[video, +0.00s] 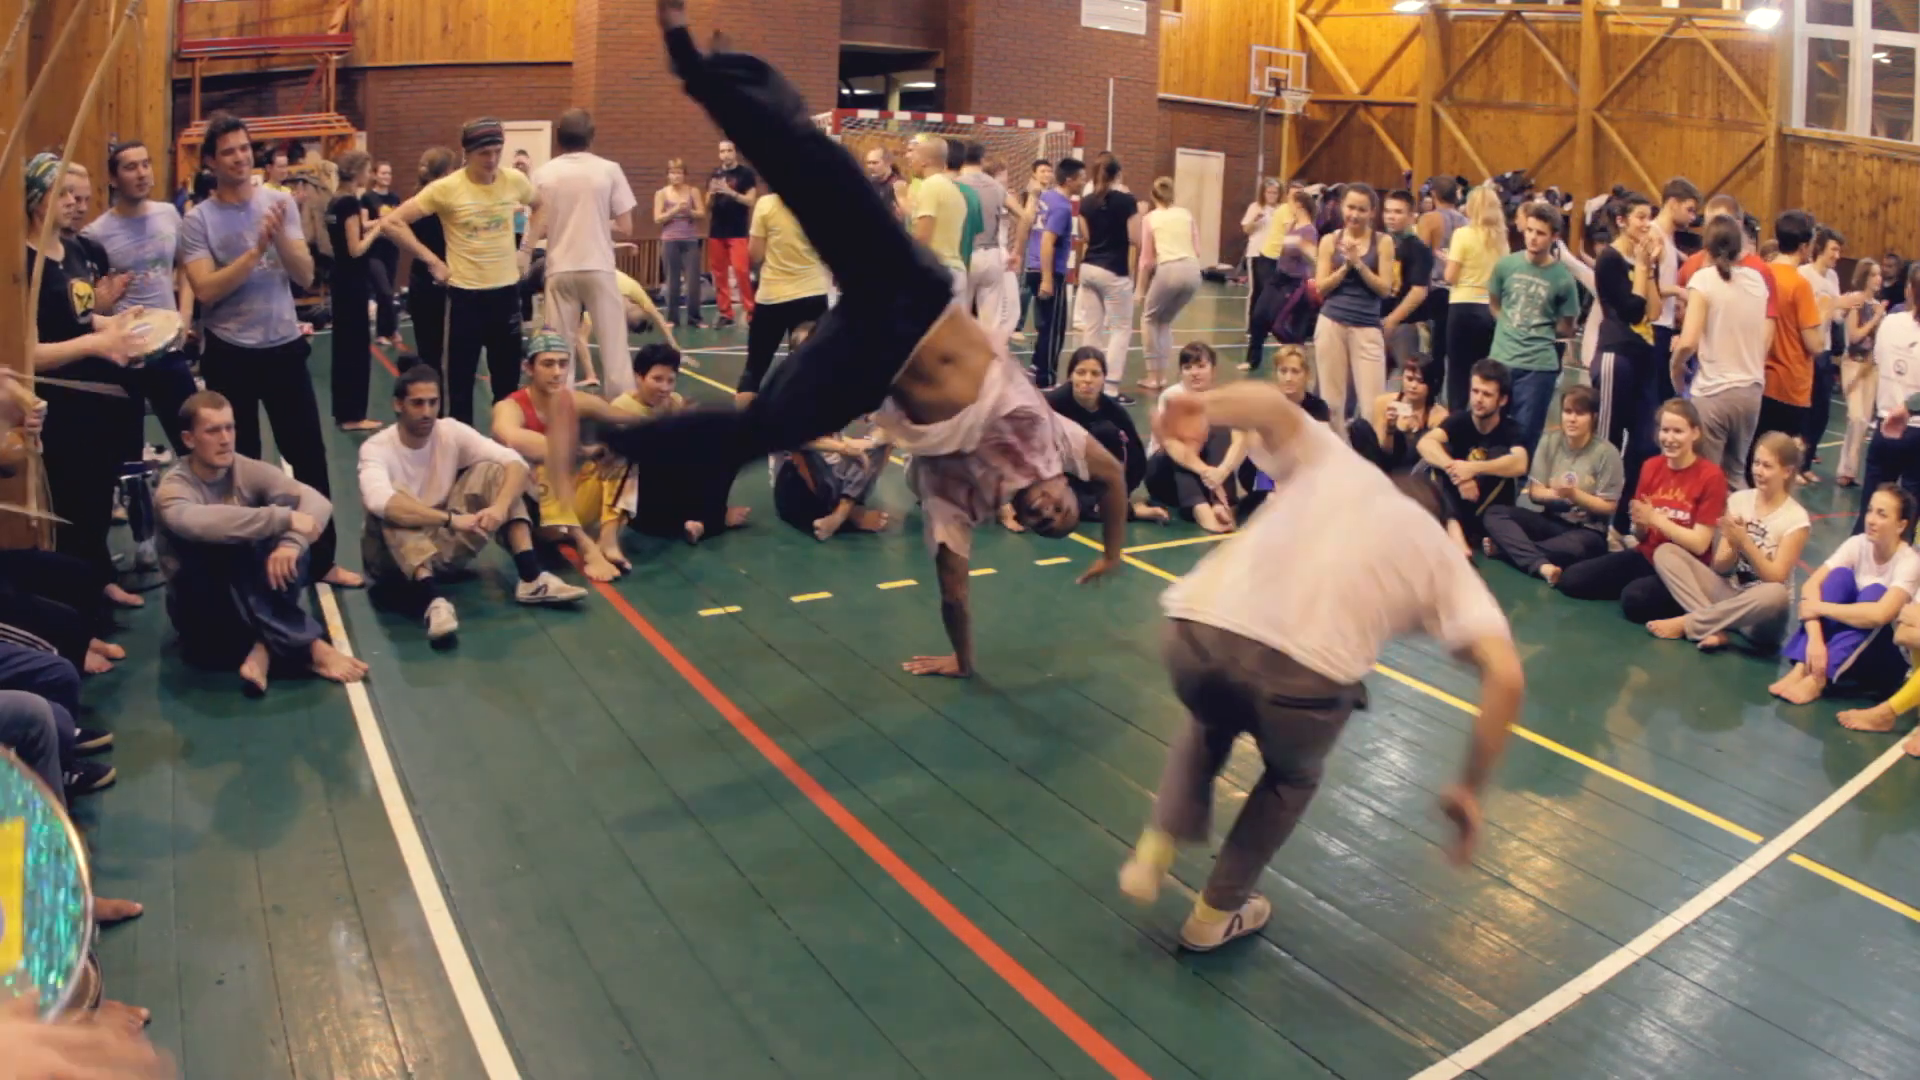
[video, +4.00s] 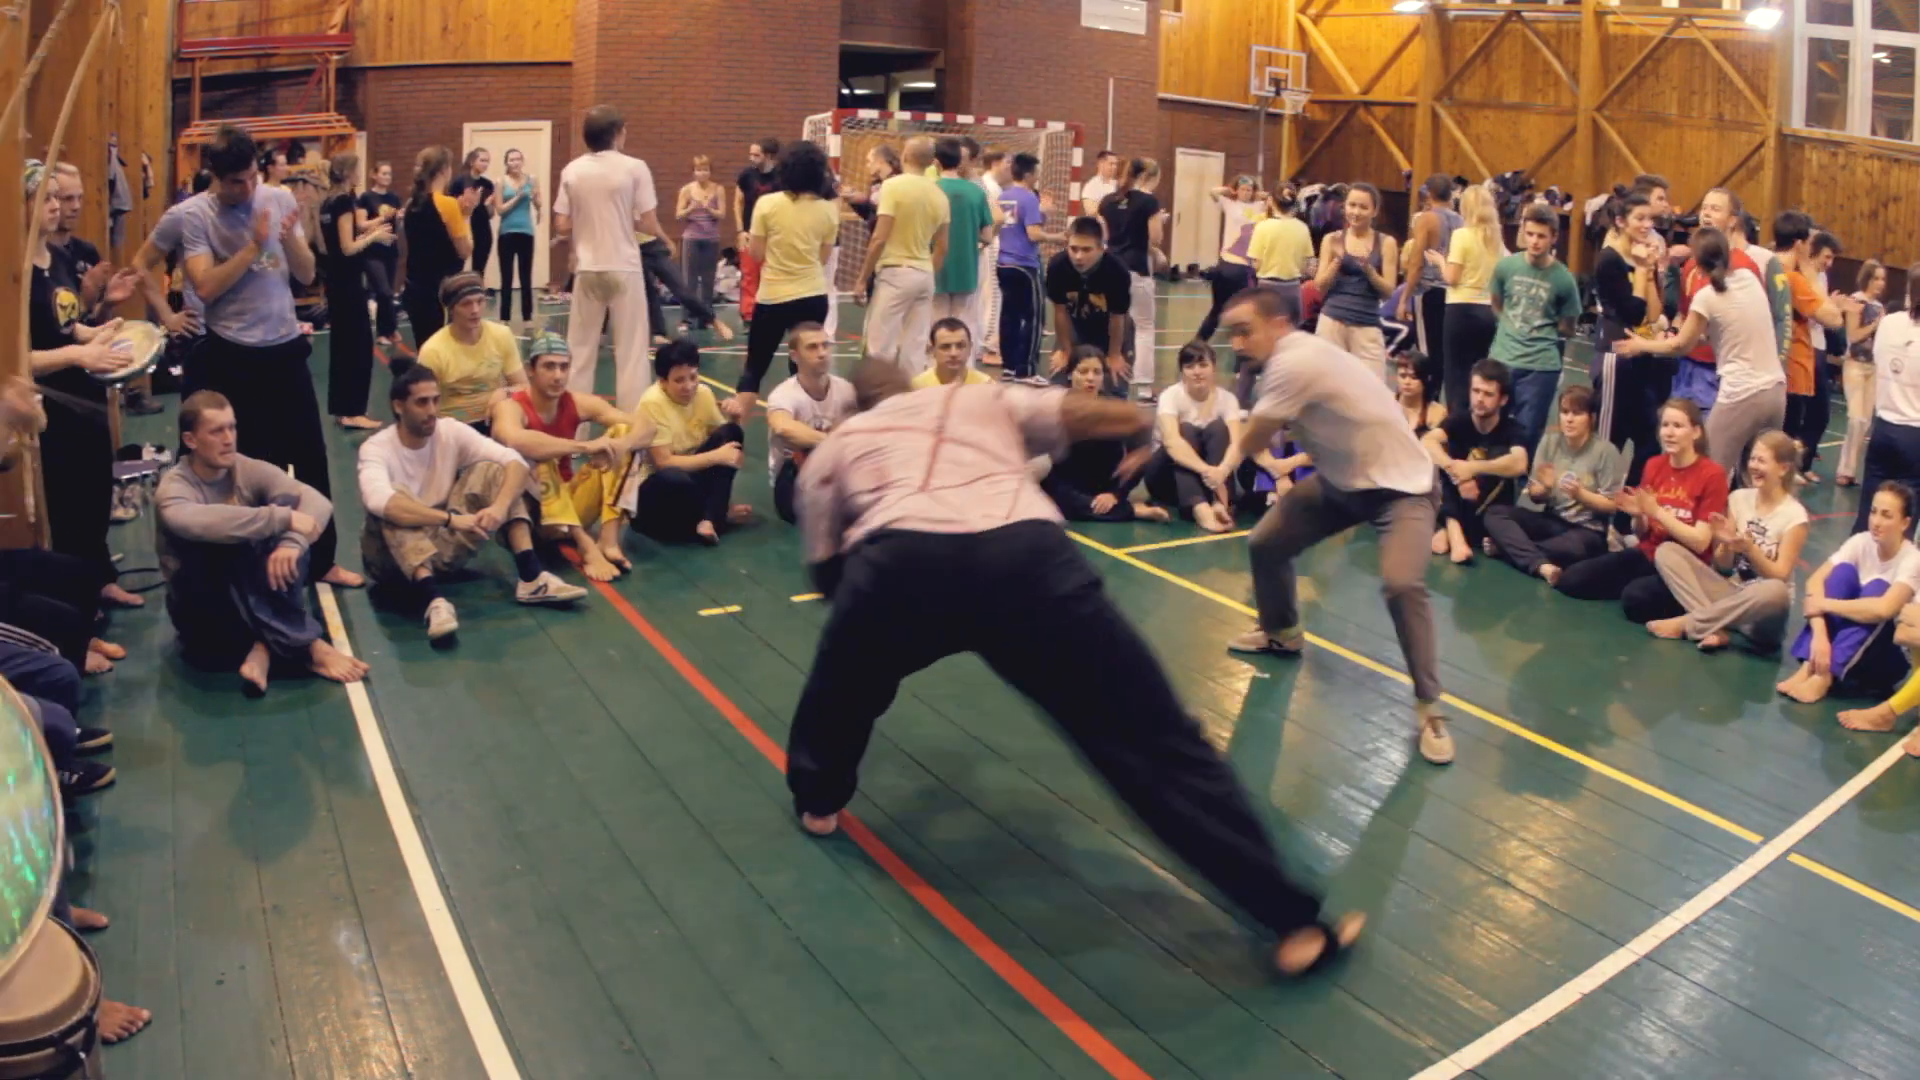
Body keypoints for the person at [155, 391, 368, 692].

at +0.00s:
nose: (225, 439)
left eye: (229, 428)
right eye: (213, 431)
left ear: (236, 430)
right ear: (188, 439)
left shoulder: (245, 469)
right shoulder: (174, 487)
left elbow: (316, 501)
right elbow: (193, 523)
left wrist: (291, 544)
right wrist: (284, 518)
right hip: (208, 617)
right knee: (213, 547)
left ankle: (265, 646)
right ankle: (310, 646)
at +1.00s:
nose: (228, 438)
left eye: (230, 428)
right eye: (215, 431)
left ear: (237, 429)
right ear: (190, 440)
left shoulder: (246, 469)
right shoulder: (175, 487)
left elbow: (317, 502)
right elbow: (190, 523)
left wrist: (292, 544)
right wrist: (284, 518)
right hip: (208, 619)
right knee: (215, 545)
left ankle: (265, 647)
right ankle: (311, 645)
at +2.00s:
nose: (228, 439)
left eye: (231, 429)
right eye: (216, 432)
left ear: (237, 429)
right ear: (189, 441)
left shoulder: (246, 469)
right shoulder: (174, 487)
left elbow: (317, 501)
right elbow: (188, 523)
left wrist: (292, 543)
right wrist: (283, 518)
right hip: (207, 613)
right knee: (215, 544)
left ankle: (265, 646)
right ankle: (311, 645)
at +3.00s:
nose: (228, 440)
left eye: (231, 429)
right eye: (215, 432)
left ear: (237, 429)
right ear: (189, 441)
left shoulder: (245, 469)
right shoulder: (174, 487)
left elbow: (316, 502)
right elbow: (190, 523)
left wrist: (292, 544)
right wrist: (283, 518)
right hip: (208, 612)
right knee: (214, 544)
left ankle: (264, 645)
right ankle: (310, 645)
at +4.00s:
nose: (229, 439)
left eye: (231, 428)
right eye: (217, 432)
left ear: (237, 429)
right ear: (190, 439)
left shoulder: (247, 469)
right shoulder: (174, 487)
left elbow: (317, 502)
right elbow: (194, 523)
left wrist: (292, 543)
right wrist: (283, 517)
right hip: (210, 613)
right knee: (215, 545)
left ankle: (265, 646)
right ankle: (310, 645)